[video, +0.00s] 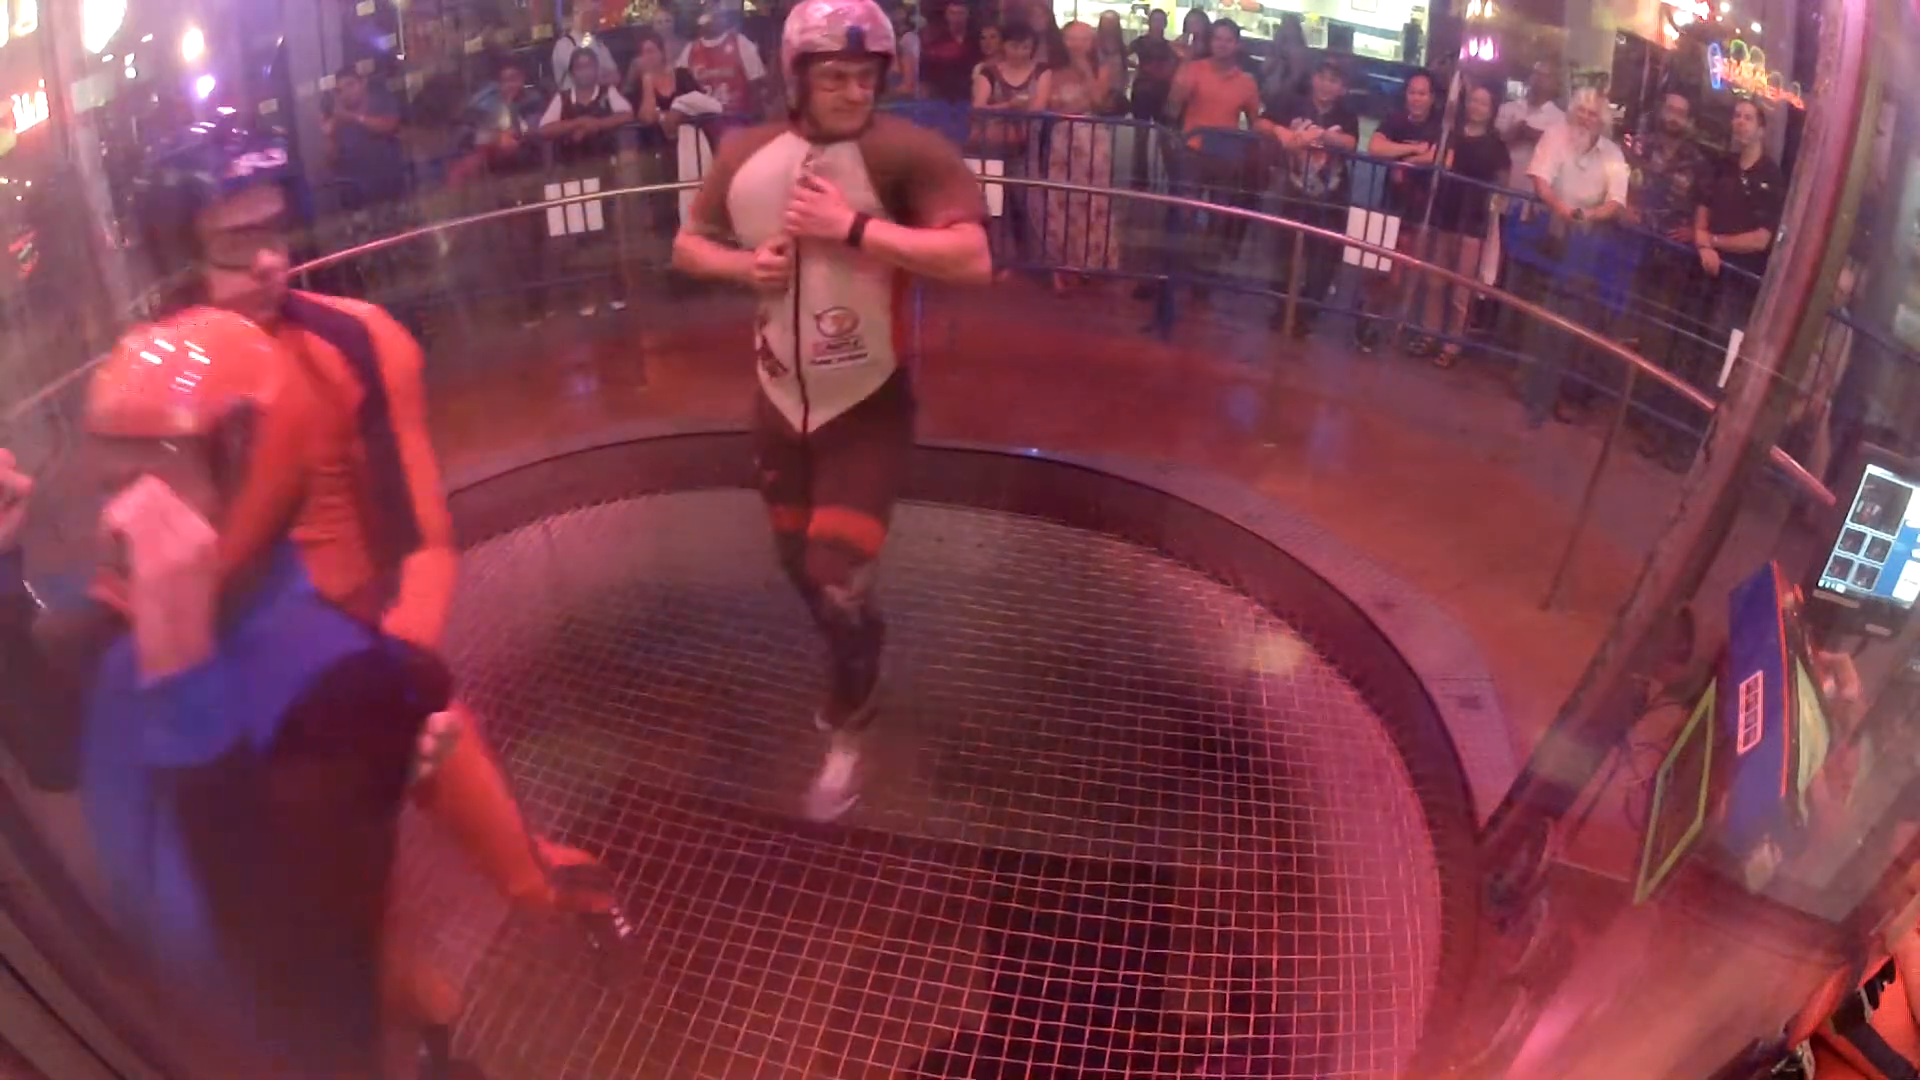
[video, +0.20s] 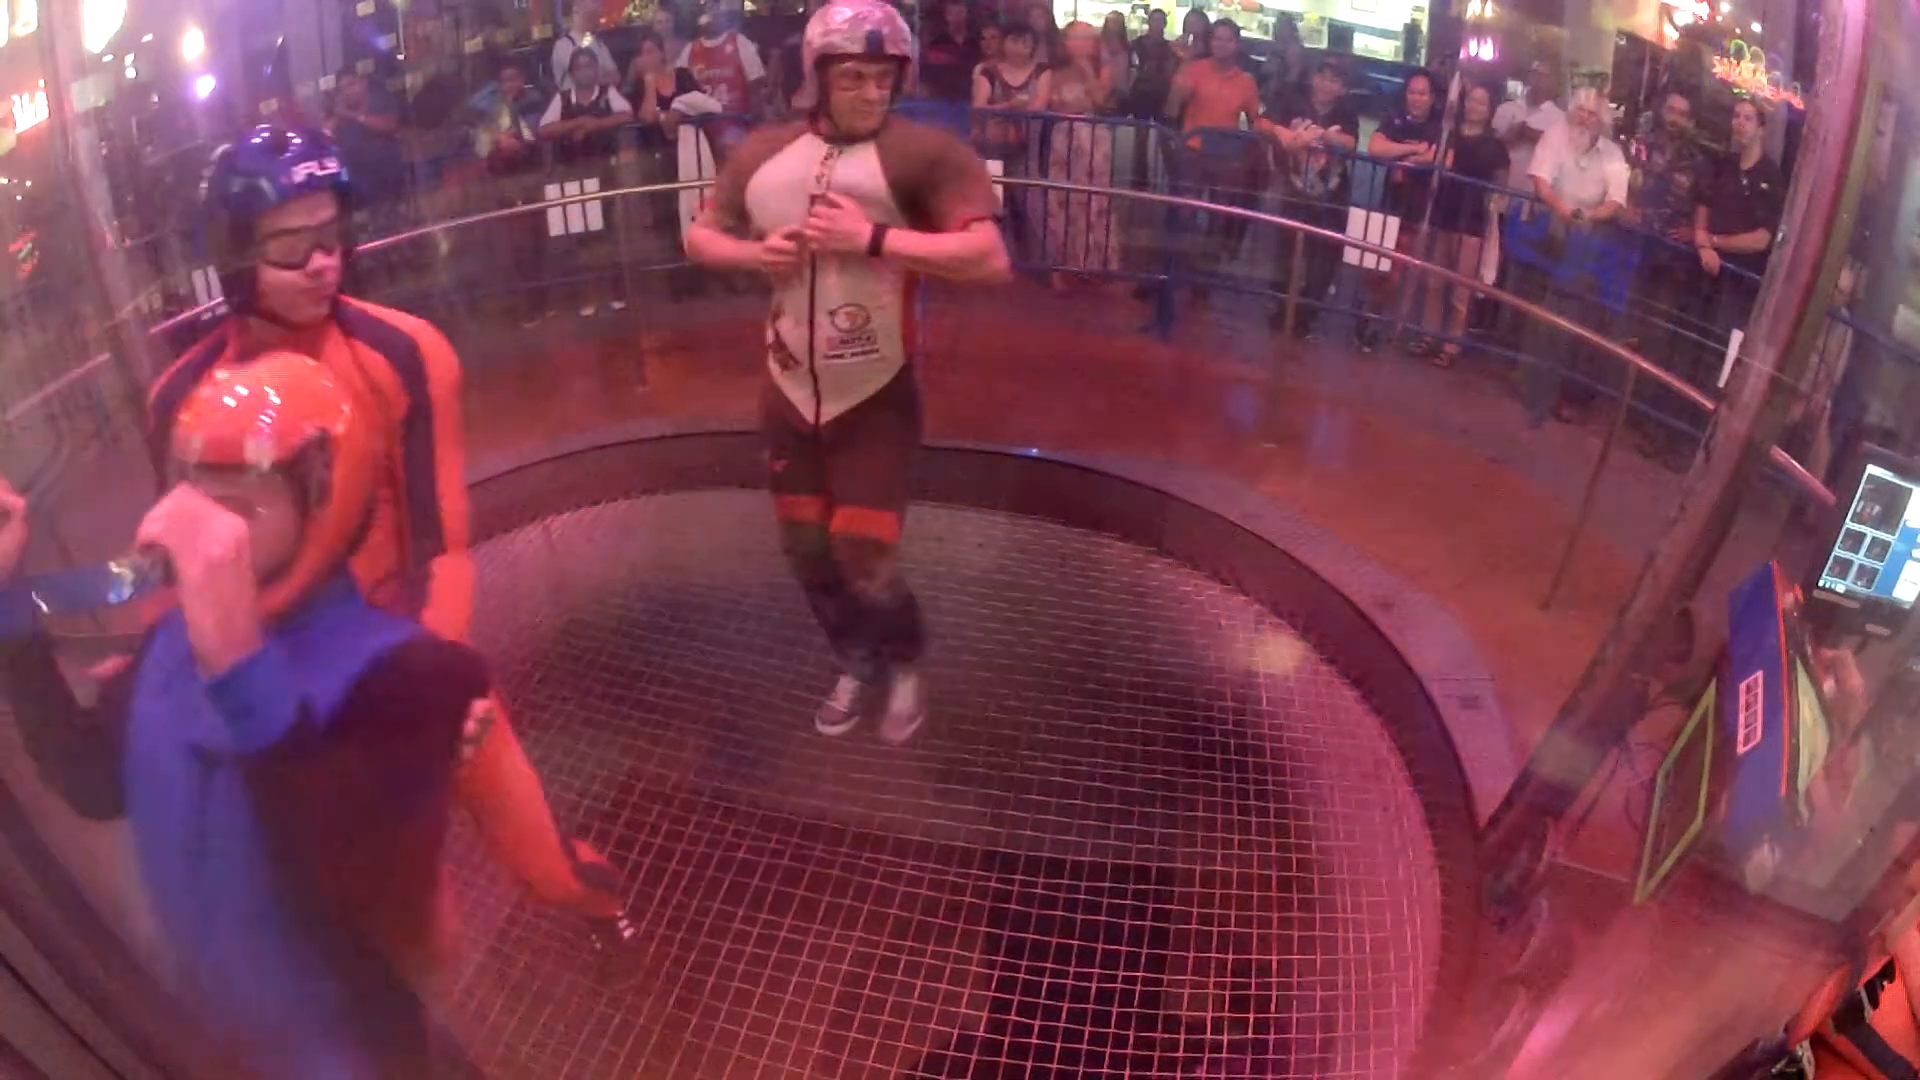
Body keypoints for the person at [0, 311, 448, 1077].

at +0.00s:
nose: (123, 502)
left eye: (159, 467)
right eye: (111, 464)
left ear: (241, 470)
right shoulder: (119, 648)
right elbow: (49, 757)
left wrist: (184, 664)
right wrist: (3, 566)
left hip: (282, 1062)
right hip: (156, 1035)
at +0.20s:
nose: (210, 520)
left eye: (245, 494)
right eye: (195, 490)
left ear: (325, 499)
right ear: (171, 495)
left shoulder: (411, 672)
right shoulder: (171, 648)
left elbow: (362, 892)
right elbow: (95, 786)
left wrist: (236, 659)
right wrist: (10, 601)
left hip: (350, 1055)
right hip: (218, 1044)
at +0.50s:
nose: (294, 590)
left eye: (323, 566)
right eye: (278, 565)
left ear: (394, 556)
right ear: (250, 561)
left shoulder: (470, 682)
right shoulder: (266, 649)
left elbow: (477, 891)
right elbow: (143, 683)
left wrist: (300, 692)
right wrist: (21, 592)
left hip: (421, 1046)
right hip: (282, 1036)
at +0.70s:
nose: (367, 574)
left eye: (396, 551)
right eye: (370, 565)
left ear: (459, 571)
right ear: (358, 584)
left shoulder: (533, 708)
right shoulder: (342, 668)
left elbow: (589, 858)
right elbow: (219, 708)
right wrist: (145, 579)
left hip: (473, 1034)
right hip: (346, 1011)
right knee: (288, 1061)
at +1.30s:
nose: (627, 765)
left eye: (649, 753)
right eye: (616, 744)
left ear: (687, 765)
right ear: (594, 739)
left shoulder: (703, 844)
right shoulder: (547, 781)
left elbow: (783, 877)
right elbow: (435, 761)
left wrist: (746, 753)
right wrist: (452, 656)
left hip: (557, 1062)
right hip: (439, 1015)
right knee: (303, 1070)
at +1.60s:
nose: (703, 746)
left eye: (724, 739)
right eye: (692, 729)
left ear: (752, 760)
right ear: (666, 729)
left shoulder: (754, 838)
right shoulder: (609, 767)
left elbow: (842, 851)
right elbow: (509, 734)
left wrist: (819, 739)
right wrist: (554, 657)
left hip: (592, 1035)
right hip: (498, 974)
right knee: (315, 978)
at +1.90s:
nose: (751, 708)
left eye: (771, 701)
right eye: (740, 692)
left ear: (797, 723)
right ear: (715, 695)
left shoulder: (798, 800)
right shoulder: (674, 741)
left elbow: (893, 805)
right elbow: (606, 702)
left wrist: (864, 694)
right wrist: (658, 609)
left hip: (649, 968)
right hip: (570, 907)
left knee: (551, 1048)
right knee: (405, 809)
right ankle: (274, 966)